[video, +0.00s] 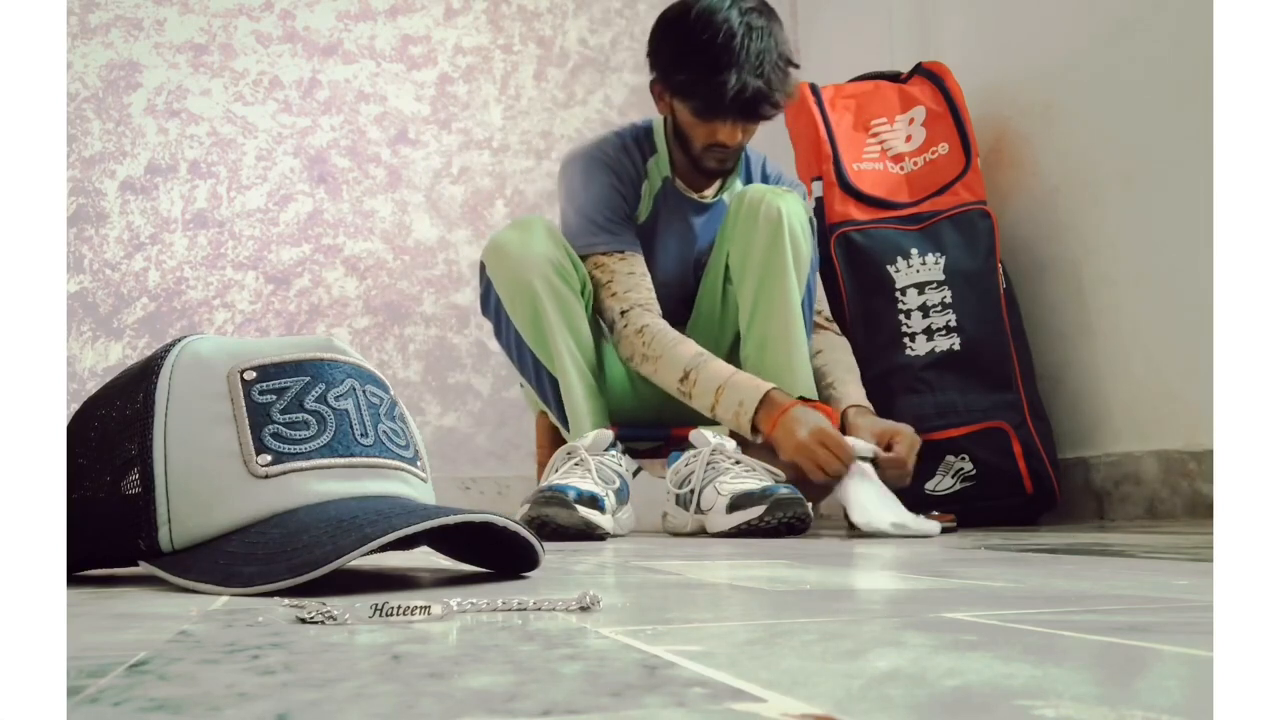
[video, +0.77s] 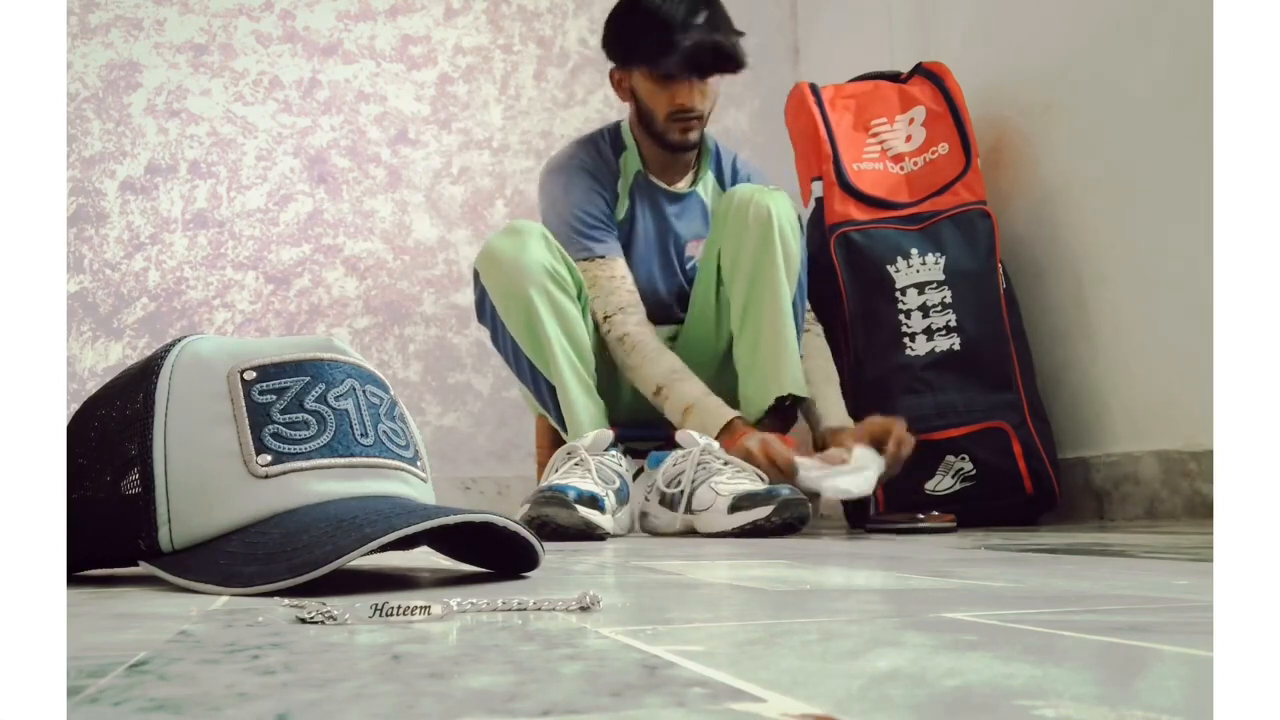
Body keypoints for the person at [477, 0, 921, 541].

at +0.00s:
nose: (730, 138)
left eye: (747, 119)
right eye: (709, 116)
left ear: (766, 106)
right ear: (663, 96)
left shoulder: (774, 189)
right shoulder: (599, 170)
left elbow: (819, 326)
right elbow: (639, 332)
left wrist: (857, 417)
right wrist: (772, 411)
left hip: (717, 388)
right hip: (615, 382)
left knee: (773, 207)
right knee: (518, 243)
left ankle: (723, 457)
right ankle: (591, 454)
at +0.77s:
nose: (690, 99)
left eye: (703, 77)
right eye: (667, 79)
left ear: (719, 79)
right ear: (623, 85)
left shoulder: (745, 187)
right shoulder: (577, 177)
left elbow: (801, 323)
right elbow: (625, 329)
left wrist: (834, 428)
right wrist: (728, 428)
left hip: (707, 383)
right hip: (608, 381)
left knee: (761, 204)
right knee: (511, 248)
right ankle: (592, 455)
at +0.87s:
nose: (670, 98)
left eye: (682, 75)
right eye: (647, 80)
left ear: (700, 76)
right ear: (607, 90)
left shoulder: (737, 189)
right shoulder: (566, 183)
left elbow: (795, 320)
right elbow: (615, 332)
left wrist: (826, 419)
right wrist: (717, 416)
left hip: (705, 381)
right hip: (604, 378)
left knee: (757, 204)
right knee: (502, 250)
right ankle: (591, 461)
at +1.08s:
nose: (635, 87)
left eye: (645, 63)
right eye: (609, 77)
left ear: (672, 69)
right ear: (584, 105)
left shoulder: (715, 185)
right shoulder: (558, 187)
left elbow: (779, 314)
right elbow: (615, 329)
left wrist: (827, 416)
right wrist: (708, 420)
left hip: (702, 378)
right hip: (602, 379)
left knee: (747, 192)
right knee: (504, 251)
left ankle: (722, 464)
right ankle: (591, 461)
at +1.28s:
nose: (613, 91)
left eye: (622, 71)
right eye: (589, 85)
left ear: (647, 81)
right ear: (567, 118)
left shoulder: (703, 190)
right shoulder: (547, 195)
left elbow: (765, 319)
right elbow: (606, 321)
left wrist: (814, 414)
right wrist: (695, 404)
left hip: (694, 379)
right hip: (594, 382)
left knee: (728, 183)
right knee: (491, 254)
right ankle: (586, 461)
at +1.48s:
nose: (597, 105)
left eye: (605, 84)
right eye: (573, 98)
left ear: (630, 95)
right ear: (552, 133)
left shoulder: (690, 192)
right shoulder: (534, 205)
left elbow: (755, 316)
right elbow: (593, 319)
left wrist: (757, 401)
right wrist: (681, 391)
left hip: (688, 375)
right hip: (592, 382)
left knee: (713, 178)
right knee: (482, 254)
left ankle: (755, 390)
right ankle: (585, 458)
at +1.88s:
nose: (566, 104)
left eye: (576, 83)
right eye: (544, 102)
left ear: (611, 91)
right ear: (536, 135)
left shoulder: (681, 189)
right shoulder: (529, 202)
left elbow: (736, 290)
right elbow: (579, 301)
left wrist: (796, 350)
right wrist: (675, 345)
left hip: (692, 380)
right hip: (596, 380)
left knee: (727, 179)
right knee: (489, 251)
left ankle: (762, 391)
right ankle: (588, 458)